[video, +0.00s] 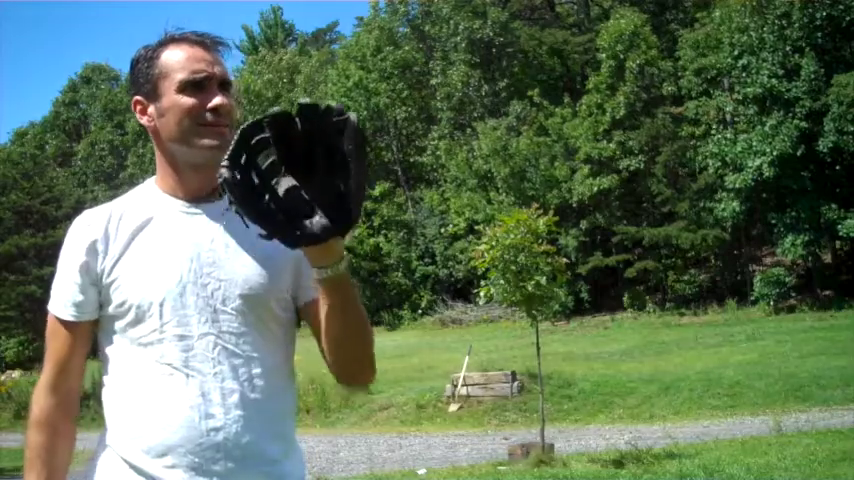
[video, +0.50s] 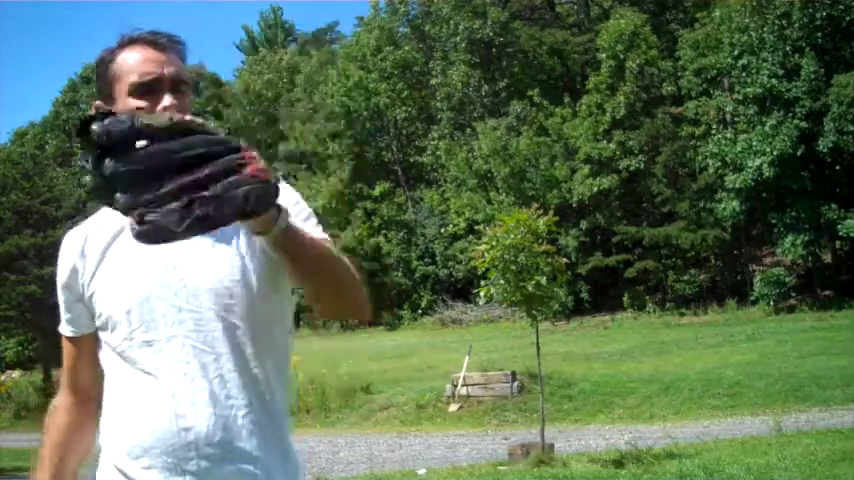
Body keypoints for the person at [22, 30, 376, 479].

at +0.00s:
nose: (220, 101)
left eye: (225, 87)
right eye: (196, 87)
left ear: (237, 101)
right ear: (146, 111)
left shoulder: (283, 223)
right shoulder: (98, 233)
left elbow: (357, 373)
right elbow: (57, 393)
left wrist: (329, 256)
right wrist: (39, 476)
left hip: (271, 469)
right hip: (141, 469)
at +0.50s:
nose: (169, 102)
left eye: (179, 88)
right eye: (147, 91)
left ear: (194, 98)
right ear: (107, 112)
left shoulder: (267, 200)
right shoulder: (87, 245)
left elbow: (354, 307)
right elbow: (77, 396)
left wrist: (273, 227)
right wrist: (48, 474)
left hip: (258, 465)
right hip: (136, 469)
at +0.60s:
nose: (149, 113)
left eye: (162, 95)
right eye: (128, 100)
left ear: (185, 108)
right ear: (97, 120)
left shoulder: (259, 203)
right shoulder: (87, 233)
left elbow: (329, 349)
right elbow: (80, 382)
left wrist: (234, 271)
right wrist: (58, 432)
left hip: (254, 466)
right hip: (133, 469)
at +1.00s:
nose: (120, 144)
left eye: (137, 121)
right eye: (104, 126)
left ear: (180, 116)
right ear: (92, 127)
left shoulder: (265, 217)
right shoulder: (79, 244)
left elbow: (315, 378)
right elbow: (67, 419)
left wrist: (255, 339)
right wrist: (67, 371)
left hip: (245, 468)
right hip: (123, 469)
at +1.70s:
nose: (145, 118)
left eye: (159, 100)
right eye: (125, 104)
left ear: (184, 114)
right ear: (97, 125)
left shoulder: (249, 213)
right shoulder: (89, 238)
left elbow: (308, 367)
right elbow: (85, 397)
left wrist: (187, 354)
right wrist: (40, 378)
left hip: (236, 468)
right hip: (120, 469)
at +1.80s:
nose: (143, 115)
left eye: (159, 98)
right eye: (124, 101)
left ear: (184, 115)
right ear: (97, 123)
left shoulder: (244, 208)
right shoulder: (99, 236)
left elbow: (285, 368)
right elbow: (114, 392)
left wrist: (130, 354)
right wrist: (43, 417)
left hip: (228, 469)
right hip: (123, 468)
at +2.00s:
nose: (152, 107)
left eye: (168, 91)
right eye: (133, 95)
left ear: (193, 111)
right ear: (106, 119)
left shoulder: (244, 203)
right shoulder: (130, 235)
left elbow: (227, 357)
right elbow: (151, 386)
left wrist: (68, 298)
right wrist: (103, 467)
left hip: (235, 469)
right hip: (134, 468)